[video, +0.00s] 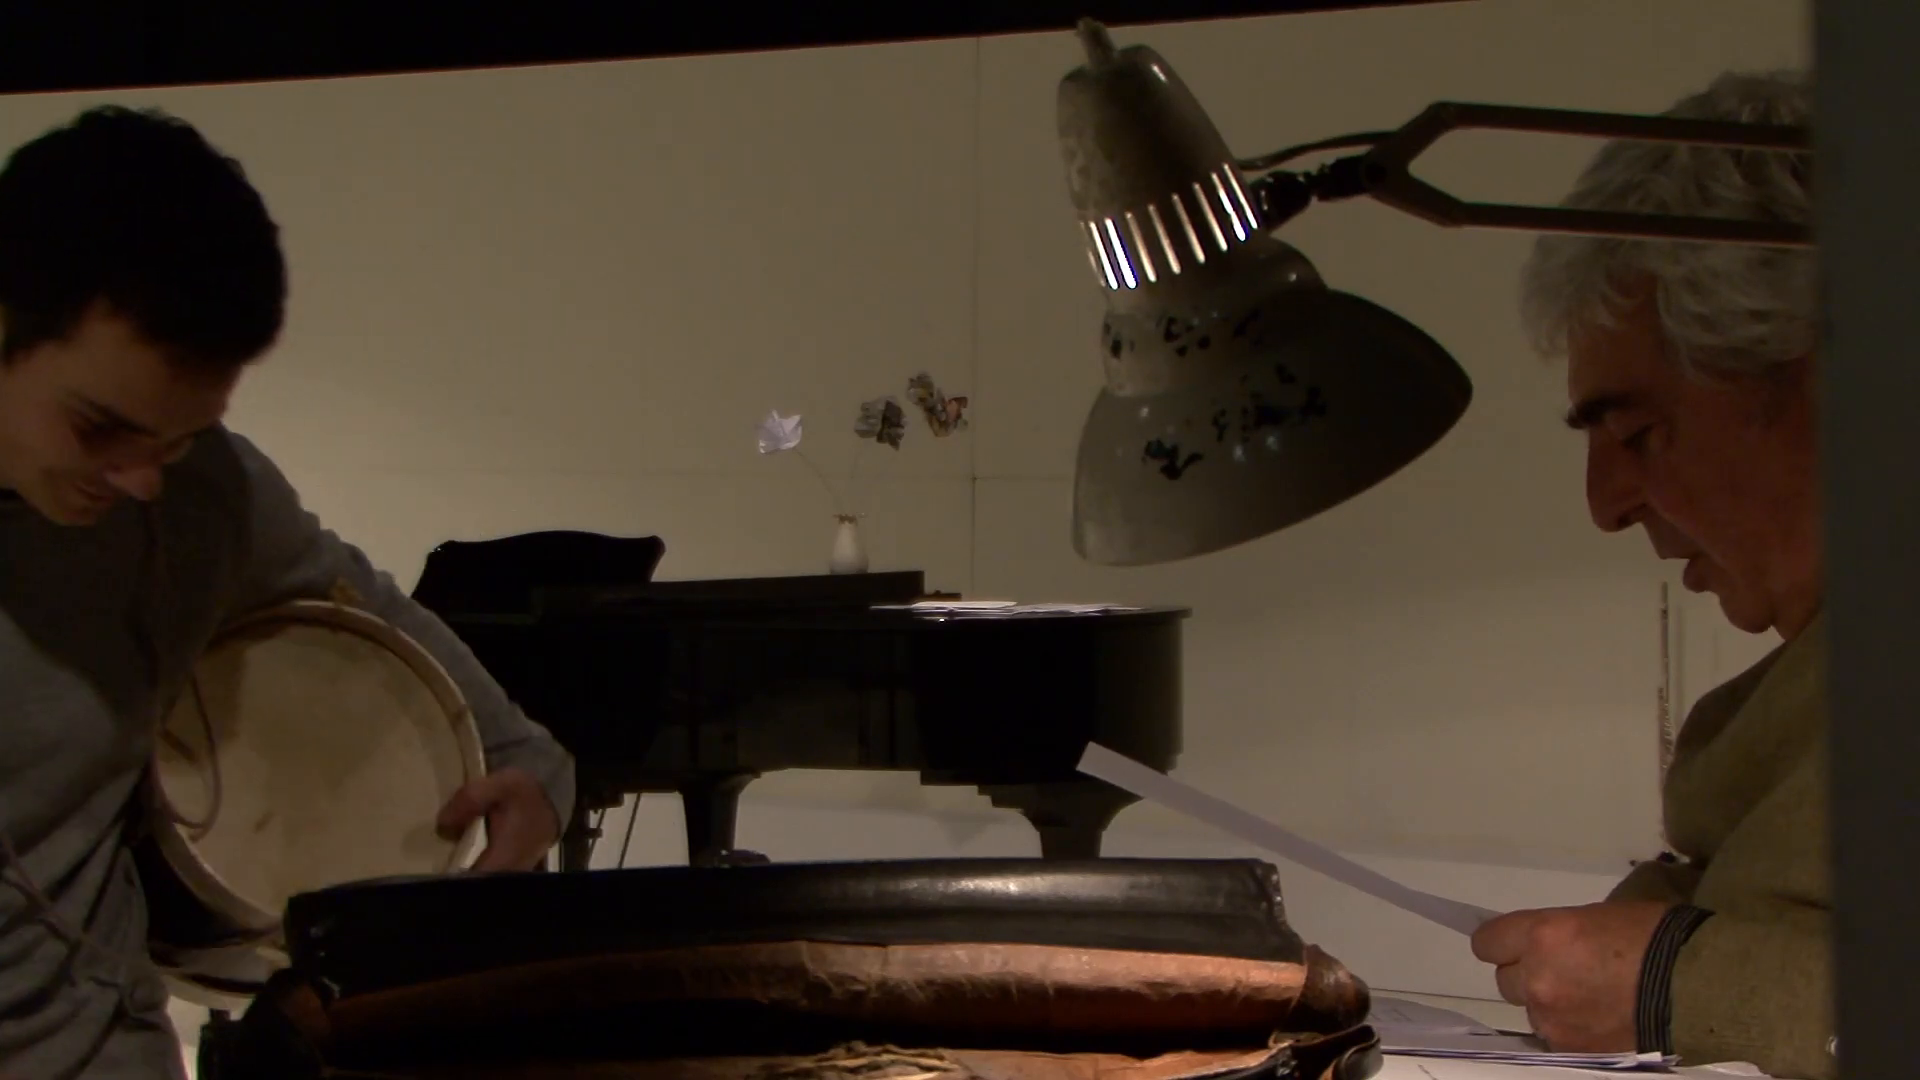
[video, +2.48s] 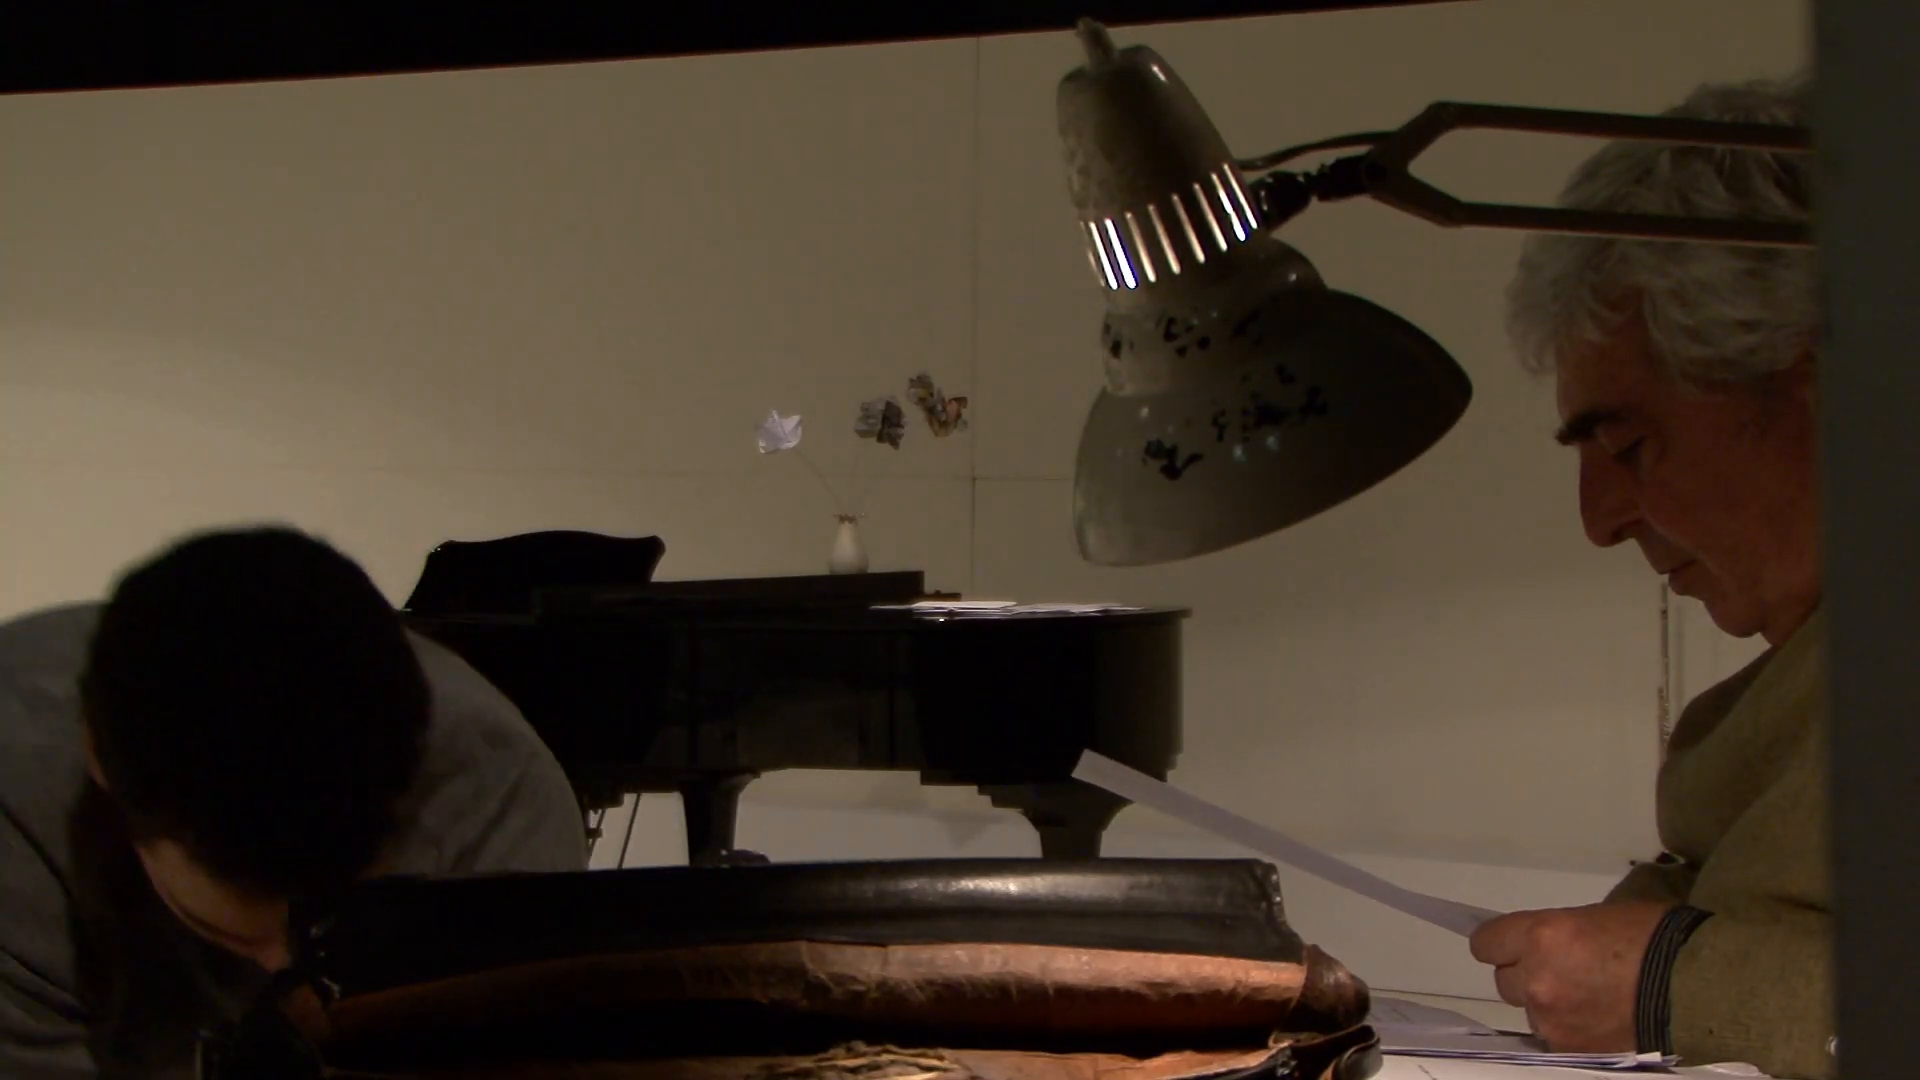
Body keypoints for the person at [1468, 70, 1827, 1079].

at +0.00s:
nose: (1608, 506)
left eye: (1636, 430)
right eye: (1597, 441)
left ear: (1815, 372)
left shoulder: (1875, 658)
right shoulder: (1797, 676)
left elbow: (1895, 1007)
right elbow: (1749, 871)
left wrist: (1673, 983)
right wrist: (1653, 927)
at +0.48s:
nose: (1604, 511)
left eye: (1632, 434)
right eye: (1593, 448)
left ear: (1815, 377)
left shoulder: (1875, 663)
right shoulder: (1790, 683)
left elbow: (1892, 1009)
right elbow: (1743, 875)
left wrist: (1674, 984)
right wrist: (1651, 933)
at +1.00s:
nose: (1603, 516)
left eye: (1629, 440)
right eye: (1592, 453)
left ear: (1811, 379)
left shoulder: (1877, 658)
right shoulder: (1792, 676)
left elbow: (1895, 1007)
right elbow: (1747, 874)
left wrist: (1675, 985)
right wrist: (1650, 932)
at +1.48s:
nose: (1602, 517)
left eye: (1625, 437)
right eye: (1590, 448)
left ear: (1809, 381)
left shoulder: (1870, 659)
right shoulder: (1795, 670)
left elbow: (1892, 1006)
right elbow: (1732, 869)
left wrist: (1673, 983)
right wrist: (1645, 936)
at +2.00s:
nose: (1602, 518)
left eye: (1625, 439)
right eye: (1589, 451)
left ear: (1809, 381)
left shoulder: (1872, 657)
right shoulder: (1795, 670)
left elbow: (1892, 1006)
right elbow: (1737, 873)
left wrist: (1673, 984)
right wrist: (1646, 942)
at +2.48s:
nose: (1601, 520)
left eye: (1623, 439)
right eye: (1589, 453)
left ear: (1806, 378)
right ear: (1802, 375)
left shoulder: (1873, 656)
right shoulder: (1795, 670)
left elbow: (1894, 1004)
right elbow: (1734, 874)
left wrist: (1672, 984)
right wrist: (1643, 943)